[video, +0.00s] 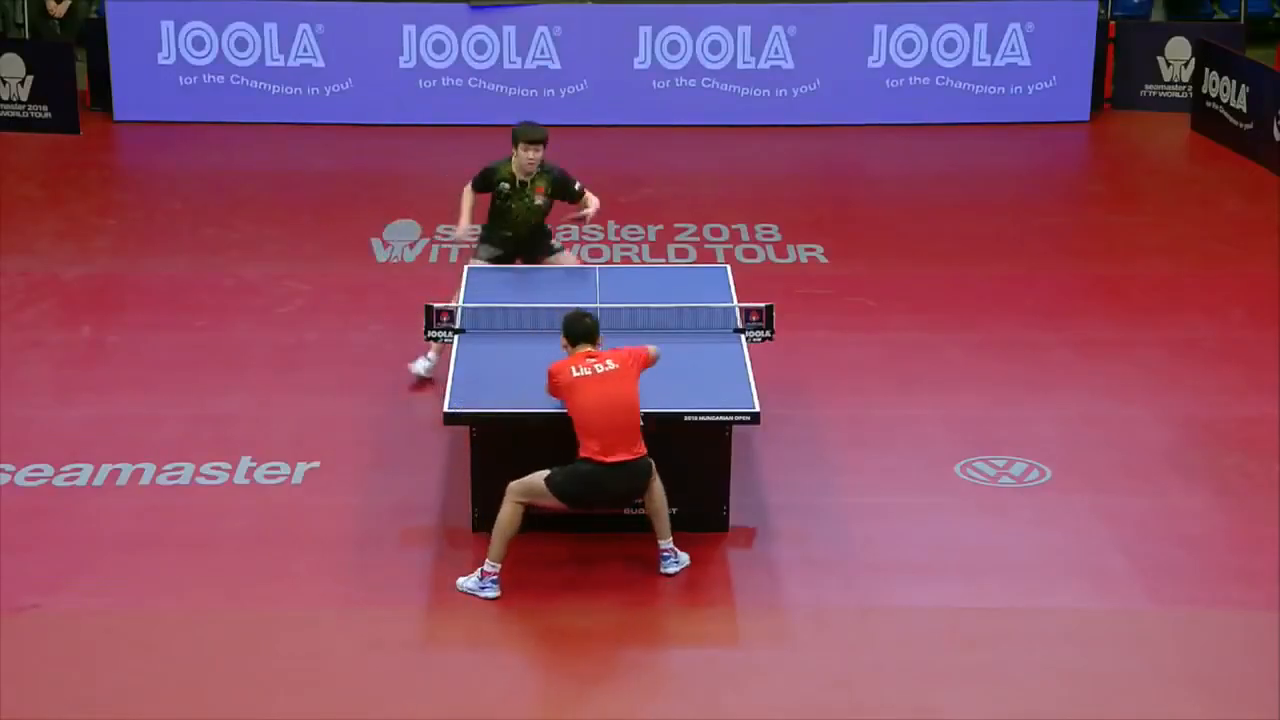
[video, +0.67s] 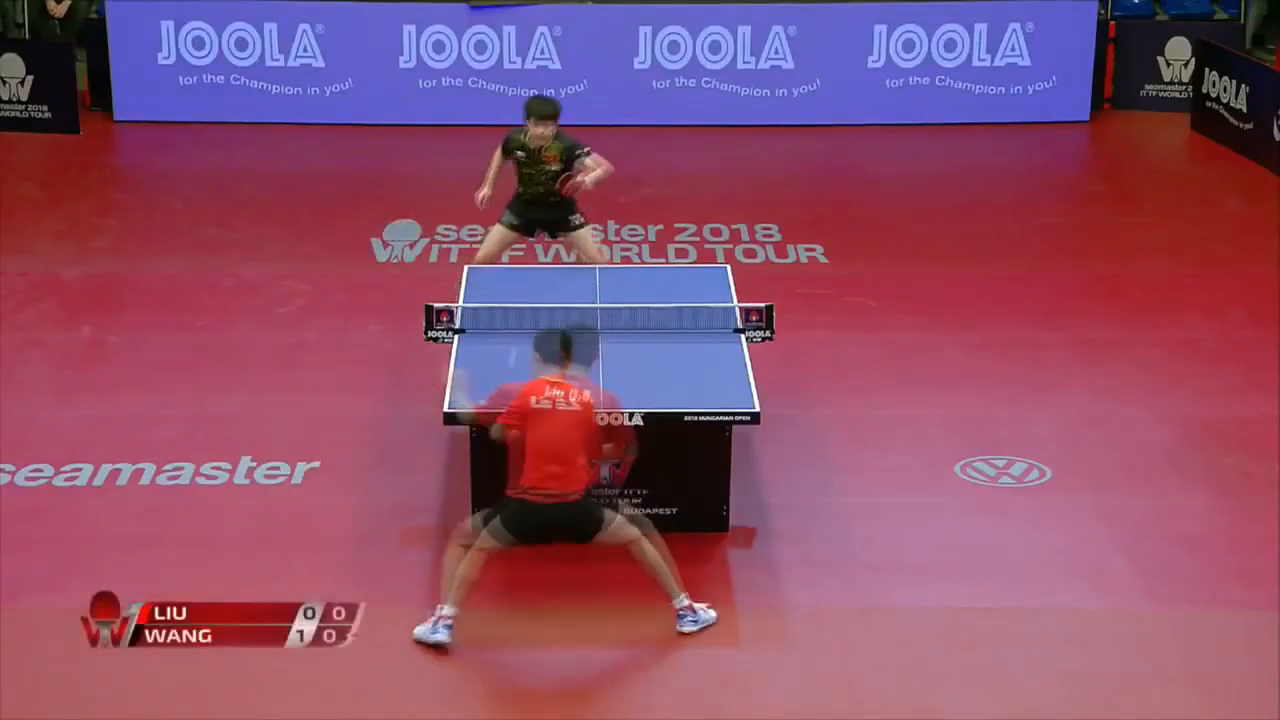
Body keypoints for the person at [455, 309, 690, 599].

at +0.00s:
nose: (560, 344)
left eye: (561, 339)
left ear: (565, 343)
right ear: (599, 338)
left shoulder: (560, 371)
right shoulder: (626, 358)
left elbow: (555, 393)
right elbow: (654, 353)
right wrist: (618, 359)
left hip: (589, 476)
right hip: (635, 474)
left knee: (516, 491)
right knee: (649, 470)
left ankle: (487, 576)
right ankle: (669, 554)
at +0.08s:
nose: (569, 341)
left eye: (570, 336)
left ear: (573, 339)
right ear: (607, 336)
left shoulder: (568, 365)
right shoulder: (629, 356)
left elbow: (550, 390)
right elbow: (649, 356)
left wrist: (547, 382)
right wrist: (629, 347)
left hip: (591, 474)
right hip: (635, 473)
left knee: (515, 492)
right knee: (649, 470)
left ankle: (487, 576)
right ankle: (669, 554)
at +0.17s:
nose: (570, 317)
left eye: (570, 312)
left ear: (572, 316)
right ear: (605, 313)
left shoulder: (563, 349)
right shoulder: (632, 341)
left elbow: (520, 394)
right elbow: (675, 376)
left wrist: (481, 423)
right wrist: (691, 371)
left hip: (584, 456)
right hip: (628, 457)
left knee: (511, 491)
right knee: (643, 475)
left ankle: (488, 578)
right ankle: (669, 554)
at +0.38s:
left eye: (559, 313)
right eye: (591, 312)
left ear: (558, 317)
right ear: (593, 316)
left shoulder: (543, 357)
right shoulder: (615, 354)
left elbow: (494, 400)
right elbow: (658, 397)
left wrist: (482, 393)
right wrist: (668, 386)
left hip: (560, 468)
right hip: (613, 466)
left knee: (509, 507)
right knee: (649, 493)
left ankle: (491, 593)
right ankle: (670, 571)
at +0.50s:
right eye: (599, 330)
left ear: (564, 332)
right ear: (599, 332)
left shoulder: (543, 366)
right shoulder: (614, 370)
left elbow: (508, 415)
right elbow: (648, 410)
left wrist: (534, 422)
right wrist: (645, 429)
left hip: (544, 475)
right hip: (595, 478)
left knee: (488, 517)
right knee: (650, 522)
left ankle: (454, 593)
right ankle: (685, 601)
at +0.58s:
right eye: (601, 338)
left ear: (566, 340)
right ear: (602, 341)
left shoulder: (543, 376)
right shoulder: (615, 382)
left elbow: (509, 427)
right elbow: (638, 439)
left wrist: (543, 435)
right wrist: (602, 439)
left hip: (540, 487)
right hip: (591, 490)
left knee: (486, 535)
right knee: (648, 527)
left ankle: (445, 606)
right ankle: (685, 608)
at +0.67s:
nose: (536, 361)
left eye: (536, 356)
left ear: (538, 357)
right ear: (569, 358)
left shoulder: (526, 394)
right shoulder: (586, 398)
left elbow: (498, 433)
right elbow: (596, 449)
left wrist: (536, 432)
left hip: (526, 509)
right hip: (576, 508)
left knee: (480, 550)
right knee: (635, 539)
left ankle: (443, 622)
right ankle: (685, 609)